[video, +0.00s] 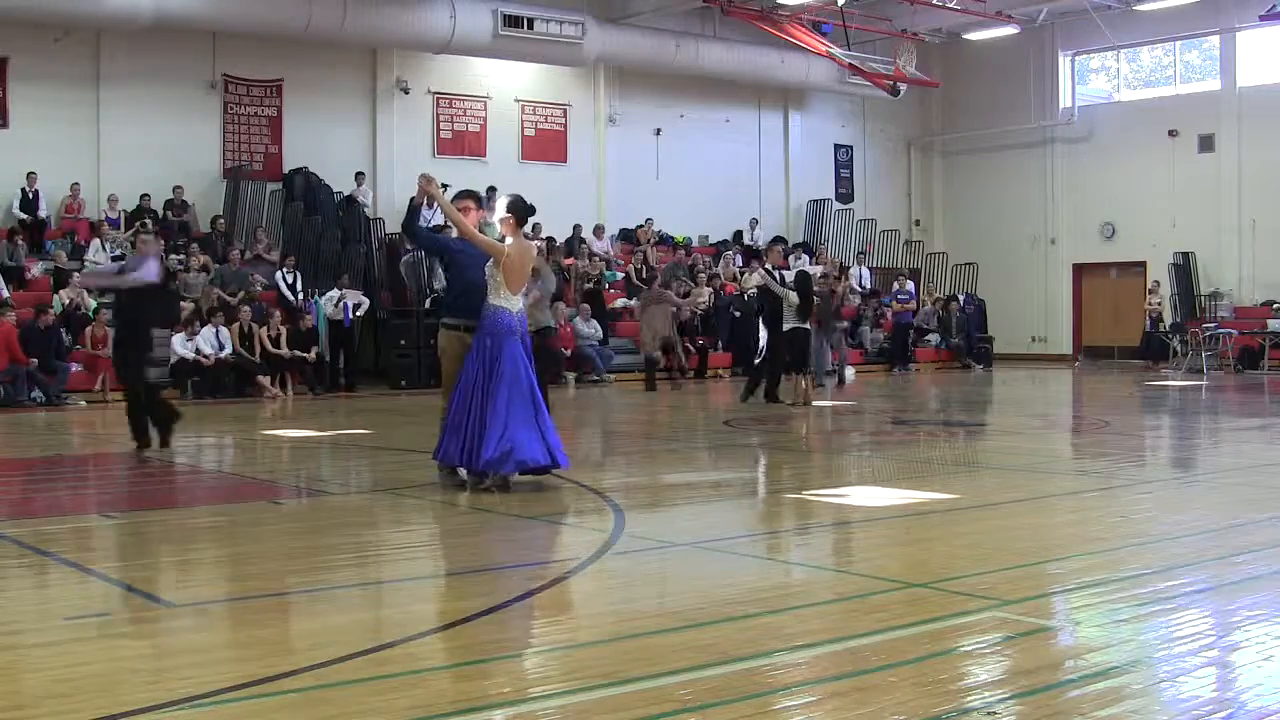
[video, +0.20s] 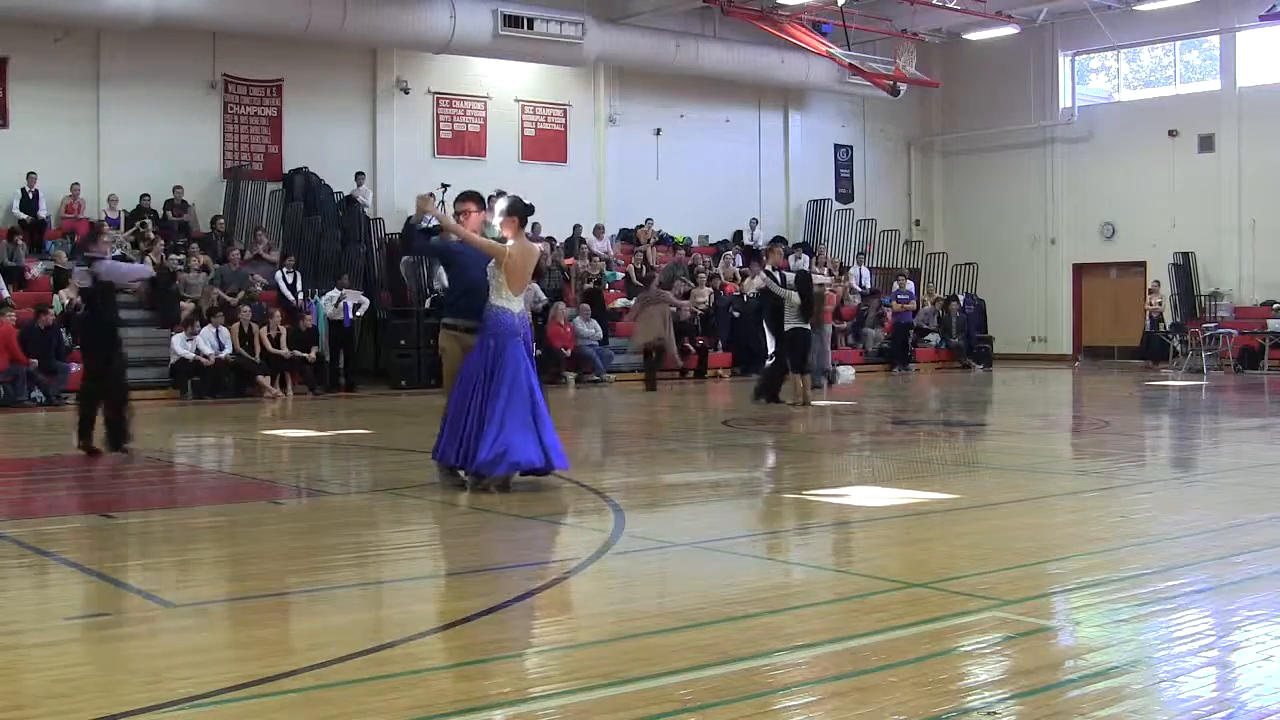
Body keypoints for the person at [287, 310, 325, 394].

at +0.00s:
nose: (310, 323)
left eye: (311, 320)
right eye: (308, 320)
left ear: (312, 321)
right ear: (301, 322)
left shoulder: (313, 330)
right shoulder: (293, 332)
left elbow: (315, 345)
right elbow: (293, 350)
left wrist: (313, 353)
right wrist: (305, 355)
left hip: (309, 355)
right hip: (298, 355)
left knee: (320, 359)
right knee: (304, 363)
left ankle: (319, 385)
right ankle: (312, 386)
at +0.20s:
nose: (310, 323)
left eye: (311, 320)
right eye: (308, 320)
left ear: (312, 321)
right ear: (301, 322)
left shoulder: (313, 330)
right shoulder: (293, 332)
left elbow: (315, 345)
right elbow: (293, 350)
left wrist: (313, 353)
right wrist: (305, 355)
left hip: (309, 354)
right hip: (298, 355)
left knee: (320, 360)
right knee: (305, 364)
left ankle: (319, 385)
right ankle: (312, 386)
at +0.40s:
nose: (311, 322)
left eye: (311, 320)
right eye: (308, 320)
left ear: (312, 320)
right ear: (301, 322)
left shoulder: (313, 329)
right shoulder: (294, 331)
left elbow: (315, 345)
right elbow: (293, 350)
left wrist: (313, 353)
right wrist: (304, 355)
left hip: (310, 354)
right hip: (298, 355)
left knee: (320, 359)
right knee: (304, 363)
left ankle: (319, 385)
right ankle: (313, 387)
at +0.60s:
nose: (311, 322)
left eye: (311, 320)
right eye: (308, 320)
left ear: (312, 320)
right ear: (301, 322)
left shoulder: (314, 330)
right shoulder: (294, 331)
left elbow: (315, 345)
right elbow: (293, 349)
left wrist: (313, 353)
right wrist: (305, 355)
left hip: (310, 354)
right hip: (299, 355)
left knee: (320, 359)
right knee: (304, 363)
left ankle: (320, 385)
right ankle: (313, 387)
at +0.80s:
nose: (311, 323)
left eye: (311, 320)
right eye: (308, 320)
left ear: (312, 321)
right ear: (301, 322)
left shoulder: (313, 330)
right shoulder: (293, 331)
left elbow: (315, 345)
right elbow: (292, 349)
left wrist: (313, 353)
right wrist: (305, 355)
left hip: (310, 354)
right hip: (298, 355)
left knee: (320, 360)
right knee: (304, 364)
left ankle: (320, 386)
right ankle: (313, 387)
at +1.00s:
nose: (311, 322)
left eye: (311, 320)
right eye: (308, 320)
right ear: (301, 321)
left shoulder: (313, 330)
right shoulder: (293, 331)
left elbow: (315, 345)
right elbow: (292, 349)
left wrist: (313, 353)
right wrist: (305, 355)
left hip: (309, 354)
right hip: (298, 355)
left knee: (320, 359)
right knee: (303, 362)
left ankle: (320, 386)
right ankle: (314, 387)